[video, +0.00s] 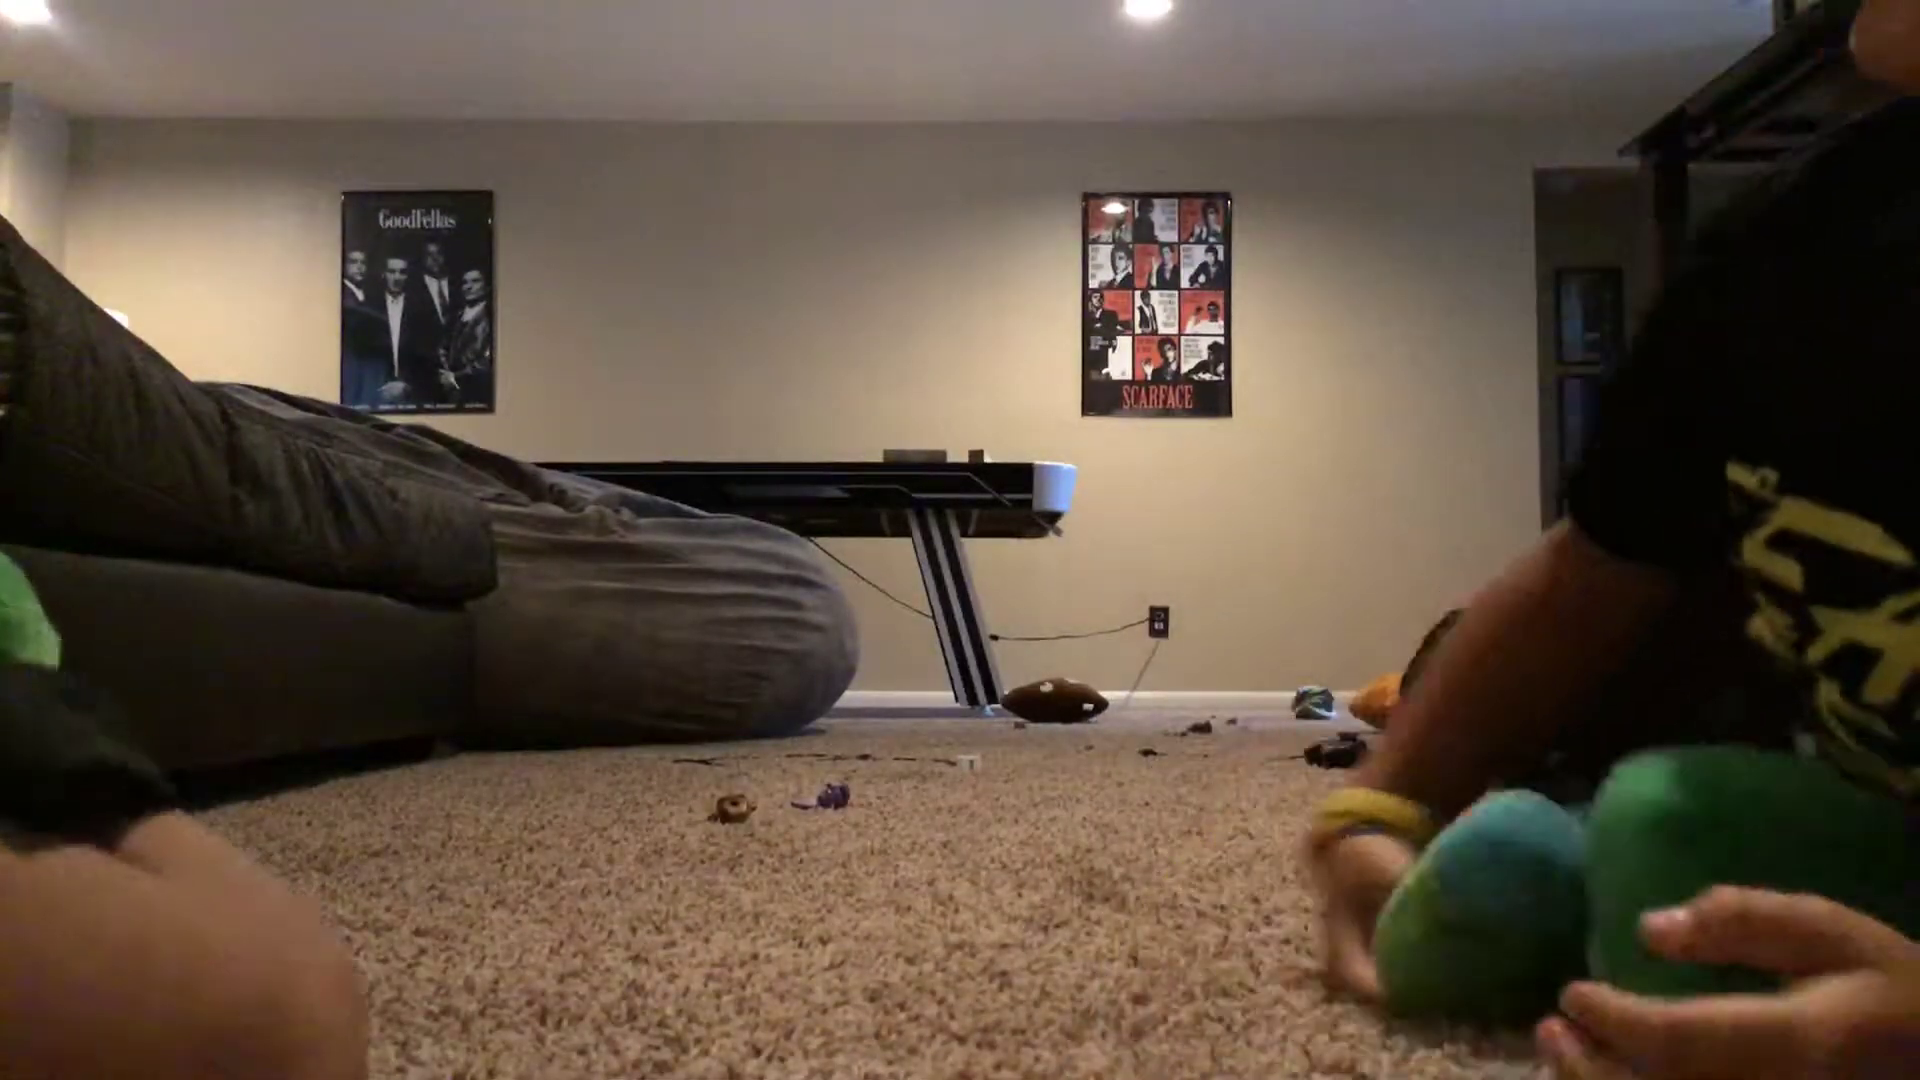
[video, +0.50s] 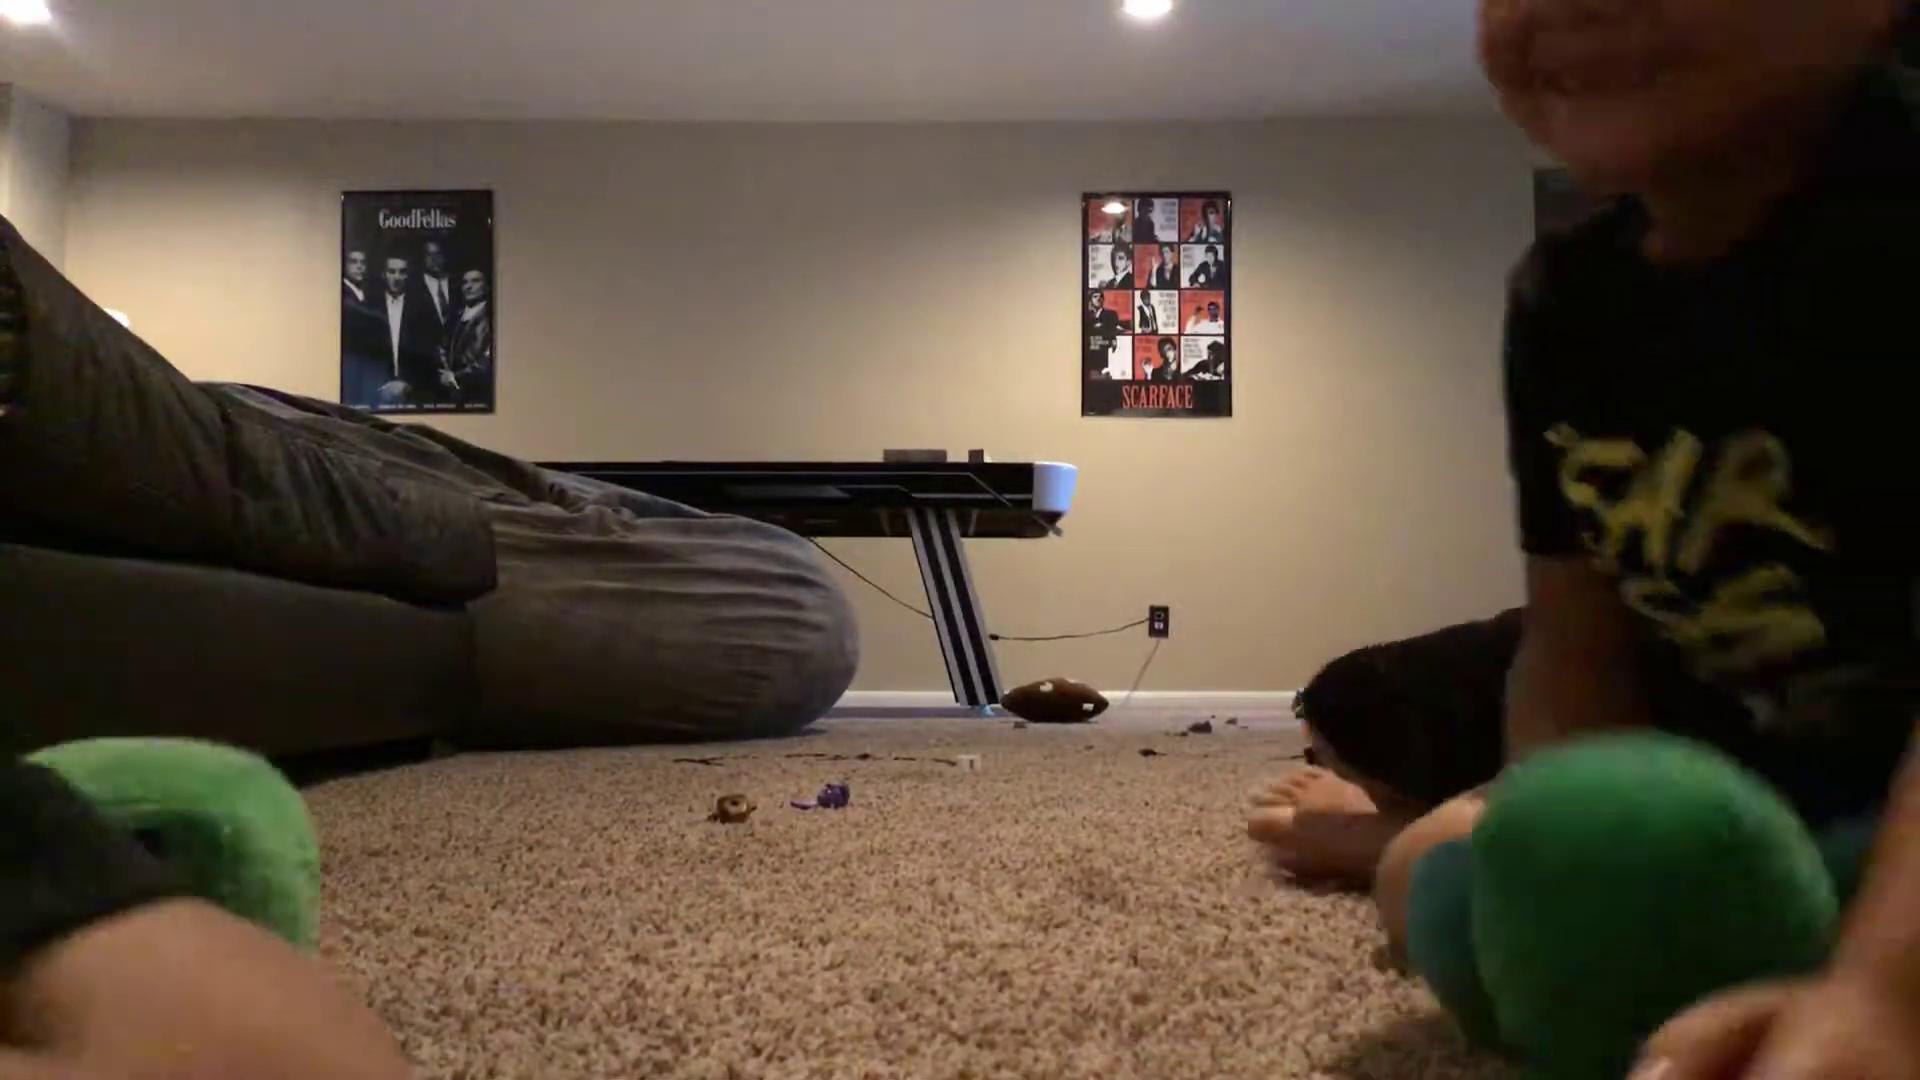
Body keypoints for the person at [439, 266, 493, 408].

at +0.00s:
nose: (468, 287)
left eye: (475, 281)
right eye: (465, 283)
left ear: (485, 286)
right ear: (461, 287)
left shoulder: (490, 315)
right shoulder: (457, 315)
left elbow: (487, 360)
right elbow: (443, 346)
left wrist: (456, 376)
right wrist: (446, 372)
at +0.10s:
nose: (468, 287)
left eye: (475, 282)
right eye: (465, 283)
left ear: (485, 286)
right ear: (461, 287)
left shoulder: (489, 315)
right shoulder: (458, 315)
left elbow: (487, 359)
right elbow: (443, 345)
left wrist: (456, 377)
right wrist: (446, 371)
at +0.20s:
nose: (468, 287)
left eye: (475, 281)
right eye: (465, 283)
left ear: (485, 285)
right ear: (461, 287)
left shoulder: (490, 314)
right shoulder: (457, 314)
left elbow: (487, 358)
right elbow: (443, 345)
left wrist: (457, 376)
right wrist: (446, 372)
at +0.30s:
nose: (468, 286)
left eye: (475, 281)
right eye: (465, 282)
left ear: (486, 285)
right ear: (461, 287)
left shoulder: (489, 314)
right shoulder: (459, 314)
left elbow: (487, 359)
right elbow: (443, 344)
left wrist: (456, 377)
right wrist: (446, 371)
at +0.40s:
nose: (468, 286)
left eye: (475, 281)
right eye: (465, 282)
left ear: (486, 285)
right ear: (461, 287)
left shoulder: (489, 314)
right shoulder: (459, 314)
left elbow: (487, 359)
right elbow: (443, 345)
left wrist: (456, 377)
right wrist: (446, 371)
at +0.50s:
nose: (468, 286)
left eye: (475, 281)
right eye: (465, 282)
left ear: (485, 285)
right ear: (461, 287)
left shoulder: (489, 314)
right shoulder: (458, 314)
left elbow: (487, 359)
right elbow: (443, 344)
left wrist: (456, 377)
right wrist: (446, 371)